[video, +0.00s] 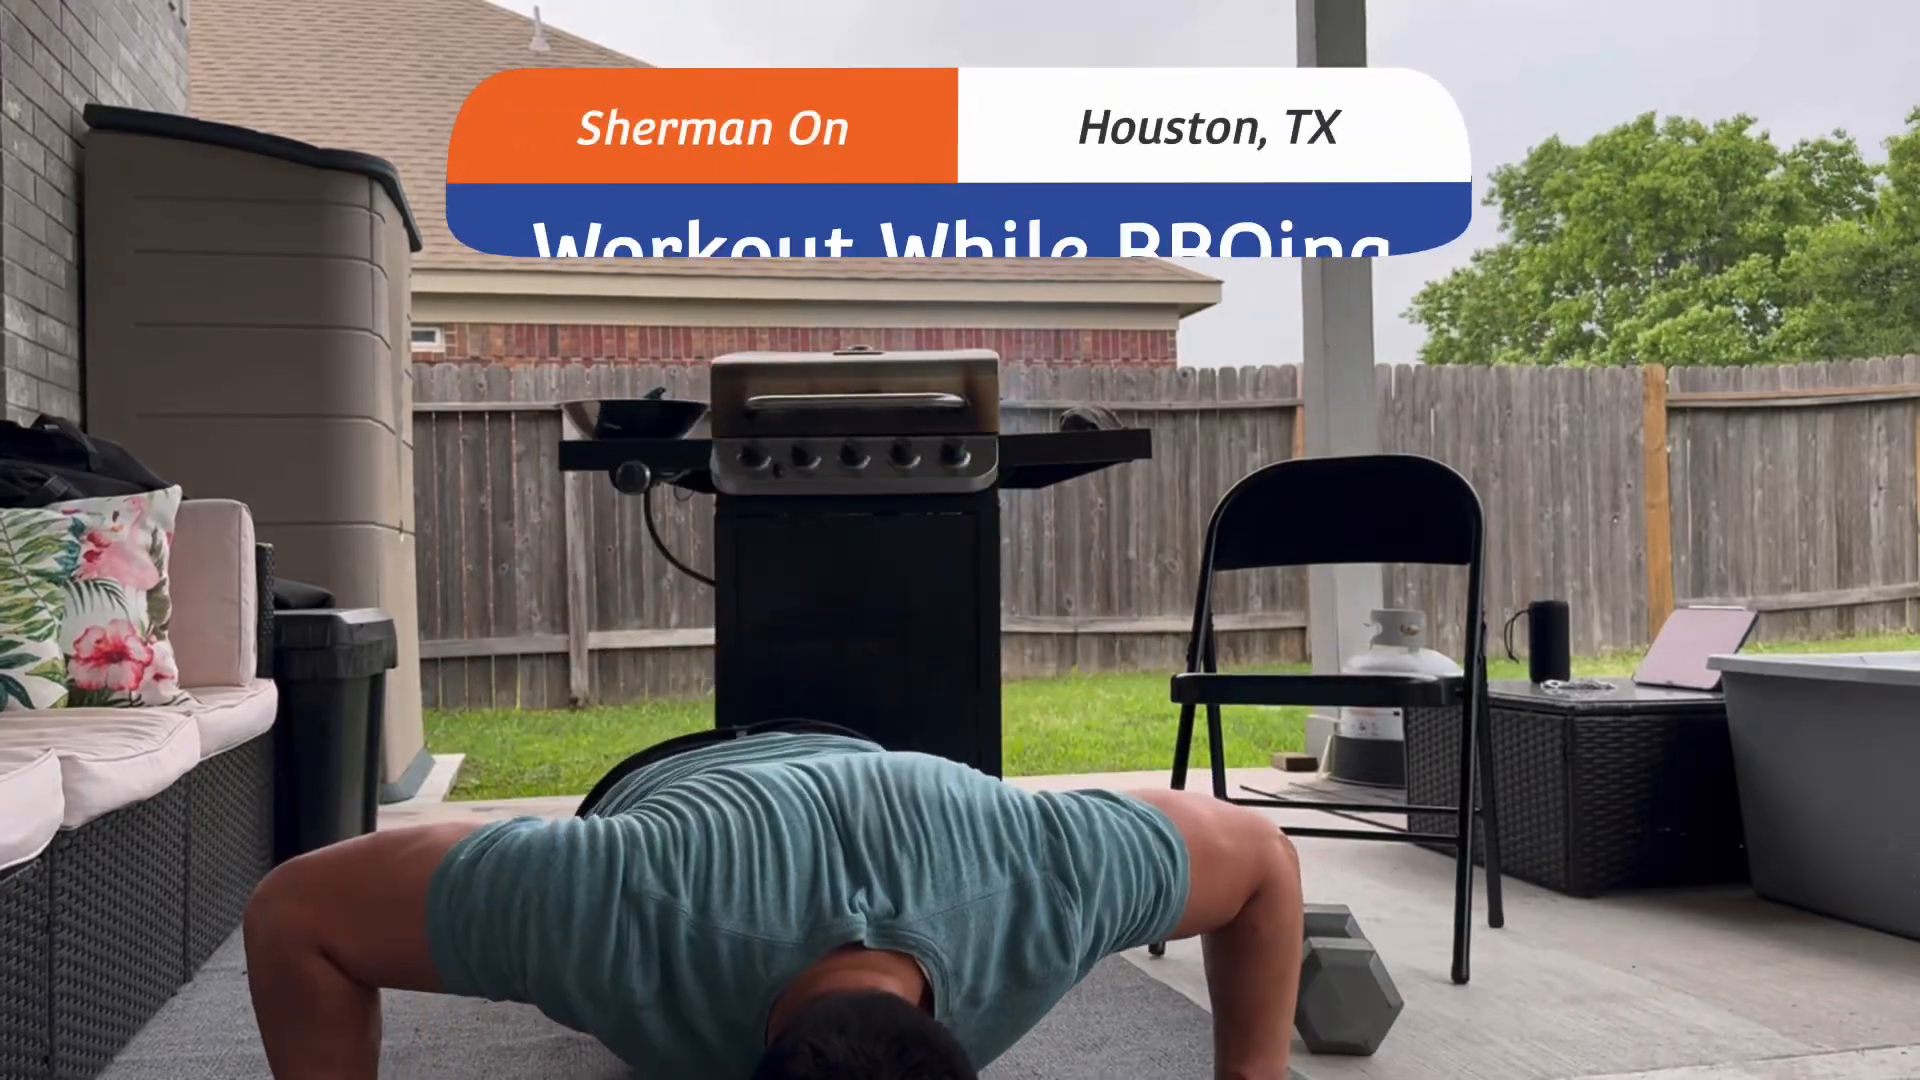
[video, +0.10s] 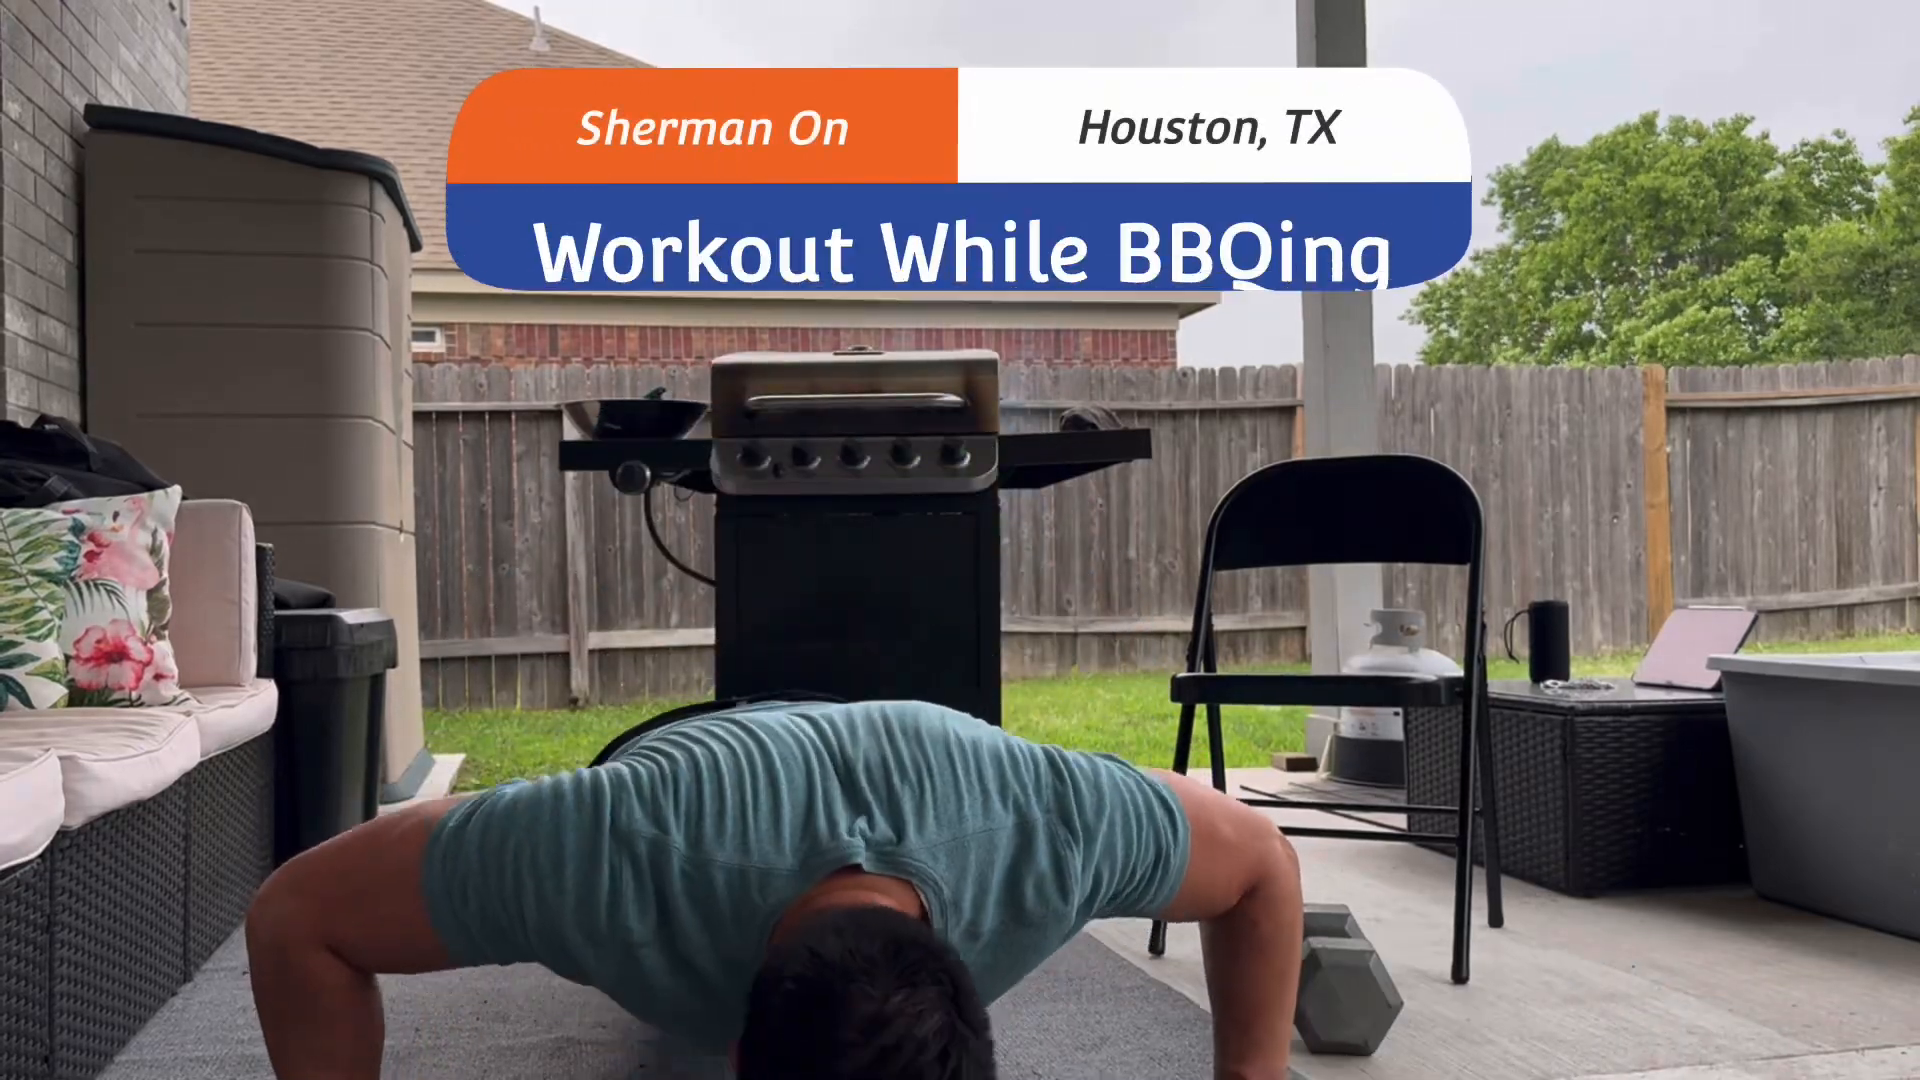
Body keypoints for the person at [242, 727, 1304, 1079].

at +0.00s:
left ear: (945, 1031)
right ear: (767, 1036)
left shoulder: (1052, 882)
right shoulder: (620, 924)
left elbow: (1263, 865)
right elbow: (293, 923)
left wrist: (1256, 1066)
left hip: (895, 773)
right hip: (652, 799)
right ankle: (451, 816)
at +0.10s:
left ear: (960, 994)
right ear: (753, 1006)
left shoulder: (1063, 837)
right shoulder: (600, 869)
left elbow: (1264, 870)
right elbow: (294, 923)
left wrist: (1257, 1072)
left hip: (902, 739)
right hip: (660, 763)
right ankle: (445, 801)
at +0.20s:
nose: (825, 1047)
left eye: (870, 1036)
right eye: (797, 1022)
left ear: (975, 871)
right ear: (743, 875)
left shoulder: (1056, 756)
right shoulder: (589, 771)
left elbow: (1245, 871)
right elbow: (312, 923)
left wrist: (1248, 1067)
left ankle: (1278, 945)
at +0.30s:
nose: (844, 897)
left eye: (882, 875)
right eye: (809, 872)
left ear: (959, 766)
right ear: (730, 758)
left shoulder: (1045, 638)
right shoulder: (585, 631)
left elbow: (1208, 857)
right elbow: (372, 903)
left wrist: (1240, 1070)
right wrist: (362, 1072)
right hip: (668, 802)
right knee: (690, 887)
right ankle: (671, 887)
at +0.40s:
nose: (829, 825)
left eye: (864, 807)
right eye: (795, 796)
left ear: (950, 714)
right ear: (720, 669)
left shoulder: (1026, 582)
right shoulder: (588, 576)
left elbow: (1172, 849)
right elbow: (390, 882)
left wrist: (1231, 1070)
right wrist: (365, 1070)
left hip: (839, 832)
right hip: (653, 799)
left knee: (792, 895)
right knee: (667, 887)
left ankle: (751, 896)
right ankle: (669, 895)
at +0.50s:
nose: (830, 930)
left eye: (868, 913)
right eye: (792, 904)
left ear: (955, 794)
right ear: (724, 777)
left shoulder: (1030, 653)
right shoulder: (582, 656)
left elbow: (1205, 861)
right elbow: (346, 902)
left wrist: (1236, 1072)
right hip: (670, 869)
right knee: (678, 898)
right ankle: (637, 868)